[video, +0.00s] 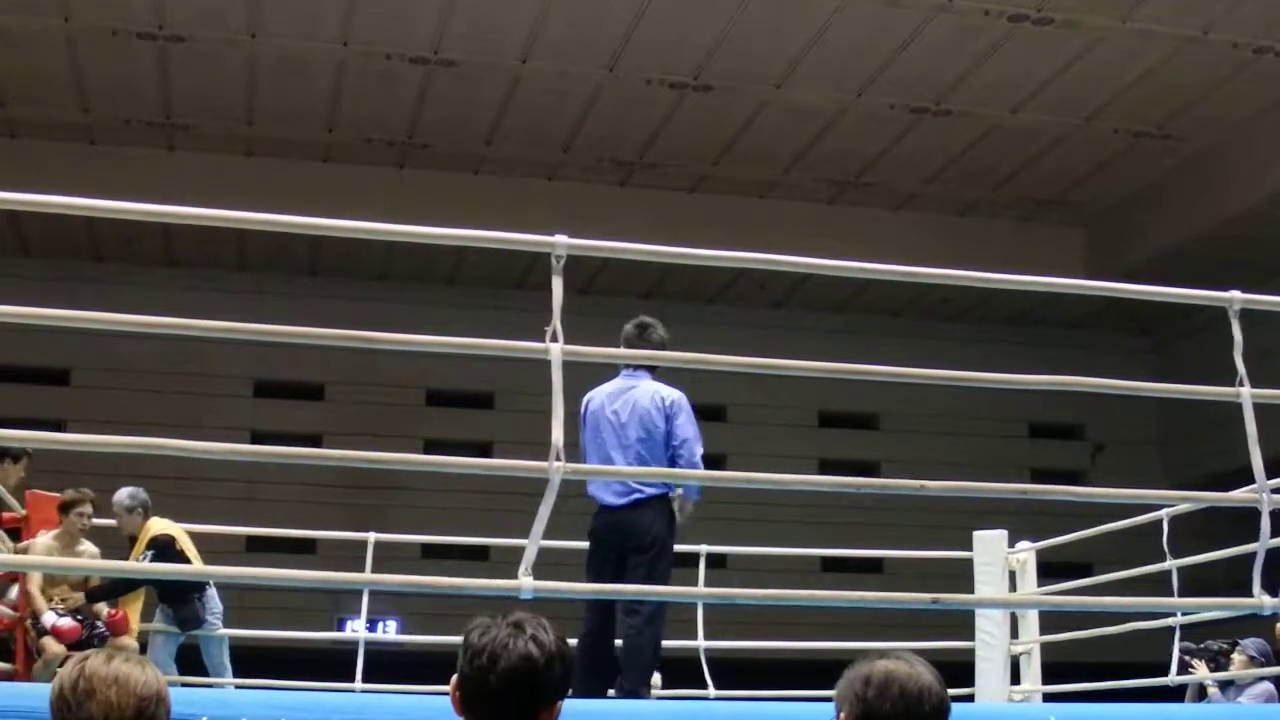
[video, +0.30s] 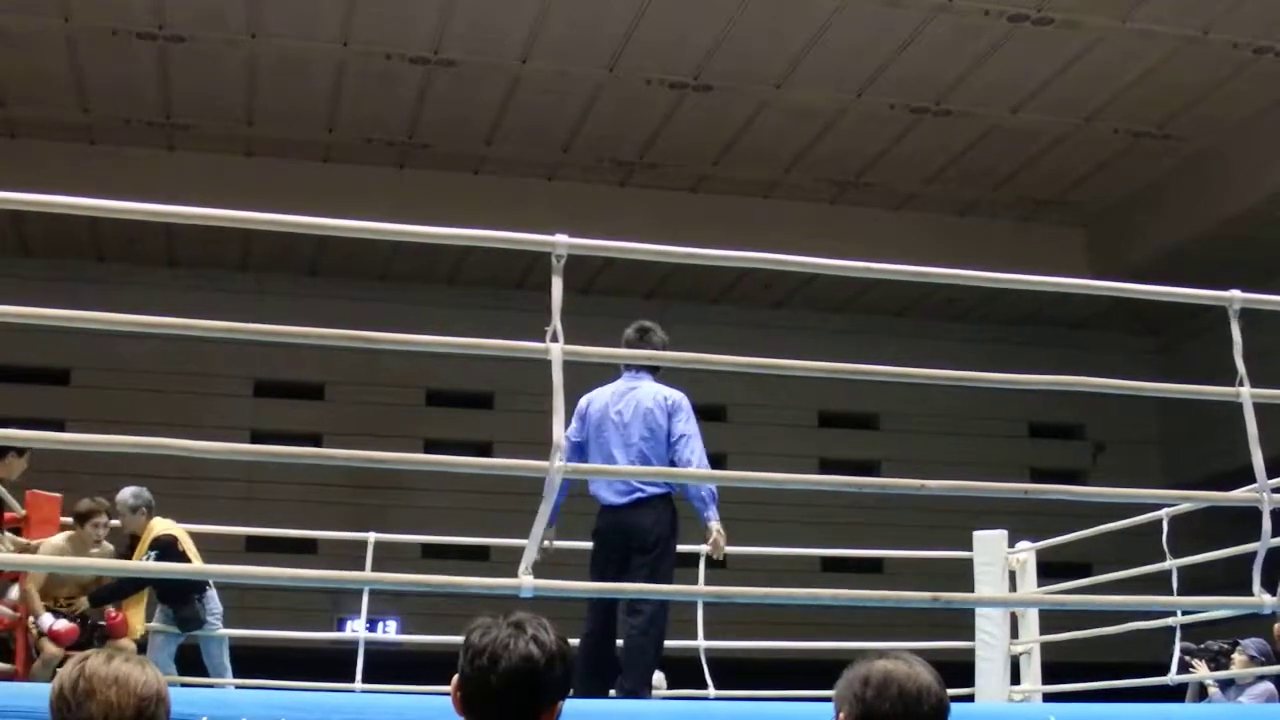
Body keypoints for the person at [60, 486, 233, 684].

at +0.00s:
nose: (116, 522)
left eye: (119, 516)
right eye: (115, 517)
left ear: (138, 514)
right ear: (134, 515)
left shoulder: (162, 537)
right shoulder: (137, 539)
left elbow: (132, 581)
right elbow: (130, 583)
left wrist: (85, 597)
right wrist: (127, 628)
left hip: (201, 600)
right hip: (170, 604)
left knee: (218, 666)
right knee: (158, 660)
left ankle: (230, 711)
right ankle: (176, 709)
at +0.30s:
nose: (119, 521)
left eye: (122, 515)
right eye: (118, 515)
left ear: (141, 513)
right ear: (139, 514)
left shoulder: (165, 539)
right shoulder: (137, 538)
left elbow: (136, 581)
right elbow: (122, 572)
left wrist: (91, 600)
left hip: (201, 601)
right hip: (170, 604)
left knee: (218, 667)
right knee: (158, 659)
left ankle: (233, 719)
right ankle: (174, 713)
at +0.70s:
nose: (130, 509)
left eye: (133, 503)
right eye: (129, 504)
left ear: (153, 502)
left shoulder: (175, 527)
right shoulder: (142, 533)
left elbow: (158, 572)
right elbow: (125, 565)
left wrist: (111, 580)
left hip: (201, 600)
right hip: (169, 604)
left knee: (219, 668)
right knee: (157, 660)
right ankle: (177, 709)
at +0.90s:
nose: (131, 516)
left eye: (135, 510)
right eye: (130, 511)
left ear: (154, 509)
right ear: (151, 510)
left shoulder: (176, 531)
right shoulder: (144, 540)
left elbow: (172, 577)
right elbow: (144, 572)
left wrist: (136, 566)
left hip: (201, 601)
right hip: (170, 603)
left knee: (219, 664)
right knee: (156, 657)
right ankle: (175, 707)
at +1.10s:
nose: (130, 531)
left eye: (135, 526)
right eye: (129, 526)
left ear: (155, 524)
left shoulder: (176, 541)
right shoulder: (144, 549)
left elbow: (201, 587)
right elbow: (136, 581)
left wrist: (156, 577)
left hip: (205, 604)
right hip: (175, 605)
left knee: (219, 667)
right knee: (155, 658)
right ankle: (175, 705)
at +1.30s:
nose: (129, 552)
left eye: (134, 547)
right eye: (128, 547)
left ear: (153, 542)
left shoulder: (178, 555)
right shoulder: (144, 561)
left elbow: (205, 594)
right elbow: (133, 595)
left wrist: (164, 591)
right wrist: (106, 612)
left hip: (209, 609)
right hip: (179, 611)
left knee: (216, 670)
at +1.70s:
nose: (131, 575)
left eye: (135, 568)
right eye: (129, 569)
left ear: (149, 561)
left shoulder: (170, 568)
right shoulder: (151, 579)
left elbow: (204, 604)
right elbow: (140, 603)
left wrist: (167, 610)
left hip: (223, 615)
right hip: (190, 617)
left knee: (216, 672)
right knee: (161, 658)